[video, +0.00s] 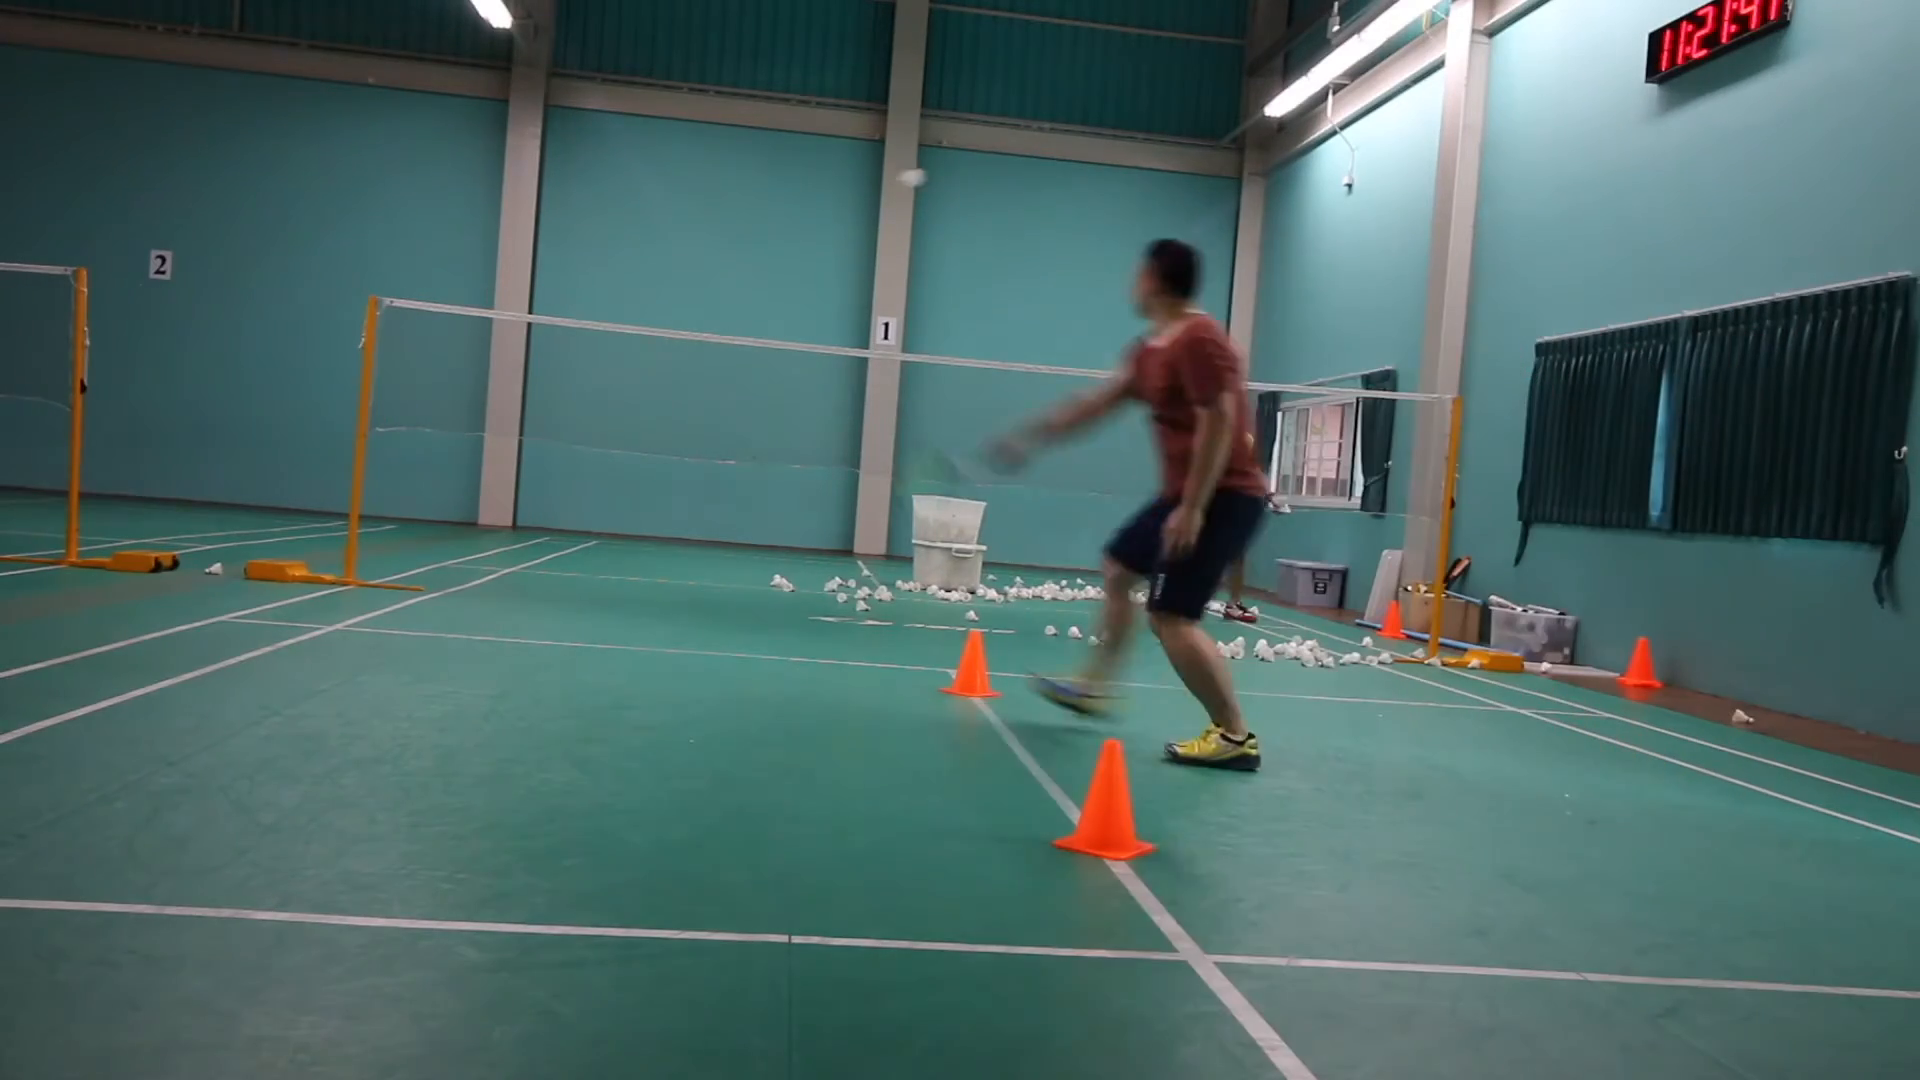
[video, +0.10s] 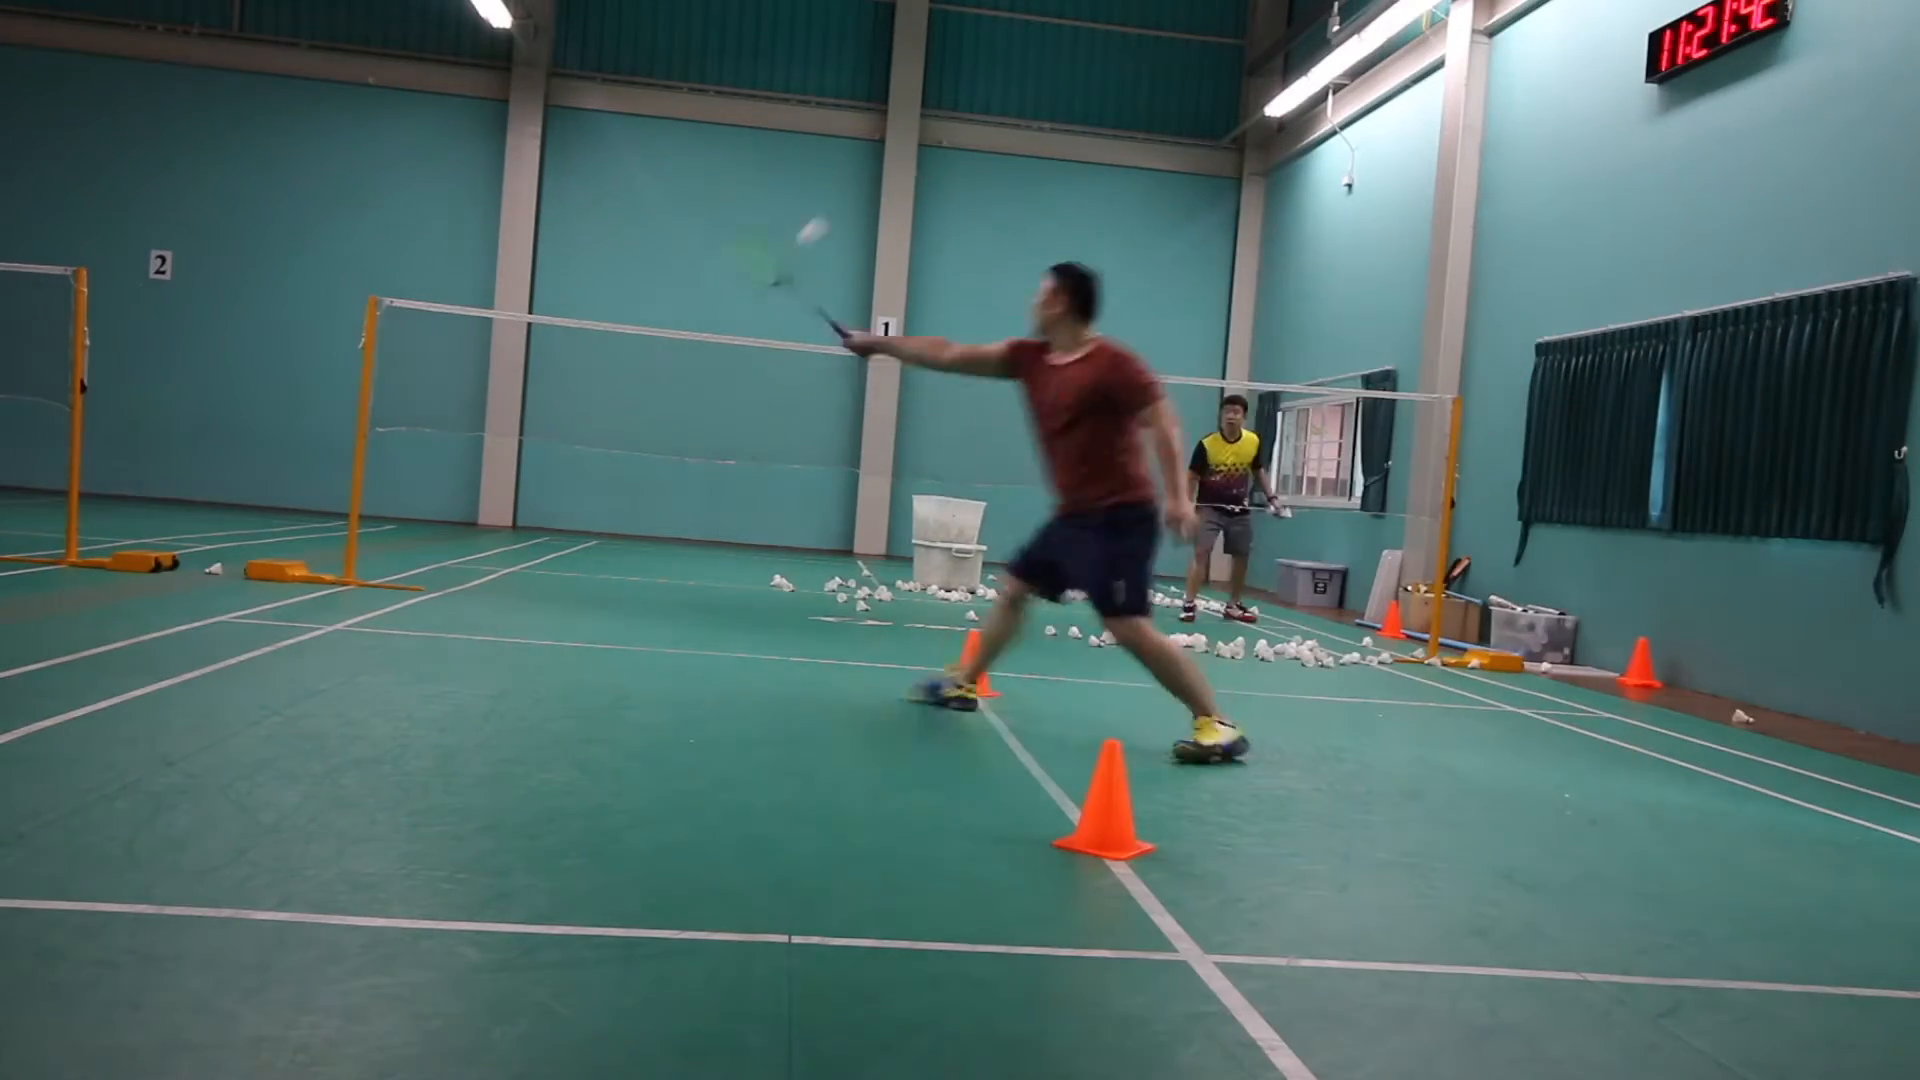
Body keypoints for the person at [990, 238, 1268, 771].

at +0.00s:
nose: (1136, 283)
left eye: (1143, 274)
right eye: (1140, 273)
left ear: (1159, 281)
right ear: (1176, 283)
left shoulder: (1200, 339)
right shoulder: (1152, 348)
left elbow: (1220, 422)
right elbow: (1099, 402)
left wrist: (1192, 506)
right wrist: (1034, 436)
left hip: (1229, 497)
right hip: (1185, 494)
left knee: (1171, 616)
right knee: (1120, 564)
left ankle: (1234, 734)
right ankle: (1094, 686)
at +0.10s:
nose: (1036, 302)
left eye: (1045, 295)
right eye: (1039, 293)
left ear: (1065, 305)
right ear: (1057, 304)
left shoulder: (1117, 365)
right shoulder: (1028, 356)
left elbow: (1164, 427)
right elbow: (949, 355)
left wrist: (1178, 497)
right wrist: (878, 342)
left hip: (1126, 515)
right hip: (1075, 515)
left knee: (1127, 625)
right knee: (1016, 588)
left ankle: (1215, 726)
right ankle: (965, 683)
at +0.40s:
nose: (939, 286)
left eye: (938, 279)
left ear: (938, 279)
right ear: (986, 281)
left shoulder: (935, 320)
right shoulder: (1013, 329)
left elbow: (915, 378)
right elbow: (1054, 396)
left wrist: (897, 453)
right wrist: (1059, 473)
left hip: (980, 471)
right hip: (1028, 472)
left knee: (934, 570)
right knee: (973, 572)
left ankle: (984, 670)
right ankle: (962, 671)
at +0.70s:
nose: (1034, 269)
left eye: (1031, 262)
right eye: (1033, 262)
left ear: (982, 263)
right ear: (1024, 263)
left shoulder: (937, 313)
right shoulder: (1035, 313)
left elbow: (911, 390)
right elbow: (1041, 387)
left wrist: (922, 440)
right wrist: (1051, 466)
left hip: (938, 461)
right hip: (1005, 460)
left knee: (933, 565)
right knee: (1039, 573)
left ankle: (886, 662)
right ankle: (1043, 691)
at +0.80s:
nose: (1068, 290)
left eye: (1065, 280)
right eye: (1065, 281)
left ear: (1016, 289)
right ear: (1055, 288)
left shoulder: (984, 335)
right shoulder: (1049, 344)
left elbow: (950, 380)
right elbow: (1049, 420)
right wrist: (1070, 497)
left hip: (950, 491)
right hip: (1010, 494)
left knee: (940, 588)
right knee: (1081, 588)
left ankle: (883, 684)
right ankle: (1103, 708)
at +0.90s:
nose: (1133, 266)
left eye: (1127, 258)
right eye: (1126, 260)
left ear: (1084, 279)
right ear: (1115, 275)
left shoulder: (1065, 331)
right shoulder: (1104, 332)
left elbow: (1041, 412)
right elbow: (1086, 407)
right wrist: (1109, 491)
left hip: (1024, 495)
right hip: (1069, 498)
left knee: (992, 590)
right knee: (1139, 596)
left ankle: (905, 668)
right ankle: (1108, 724)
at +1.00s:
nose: (1188, 228)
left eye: (1181, 220)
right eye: (1179, 222)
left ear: (1146, 247)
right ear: (1166, 241)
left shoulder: (1143, 299)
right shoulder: (1152, 302)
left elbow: (1155, 397)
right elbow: (1123, 371)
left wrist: (1209, 444)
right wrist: (1157, 453)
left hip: (1097, 470)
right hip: (1125, 475)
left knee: (1091, 586)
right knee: (1152, 599)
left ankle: (999, 664)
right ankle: (1108, 722)